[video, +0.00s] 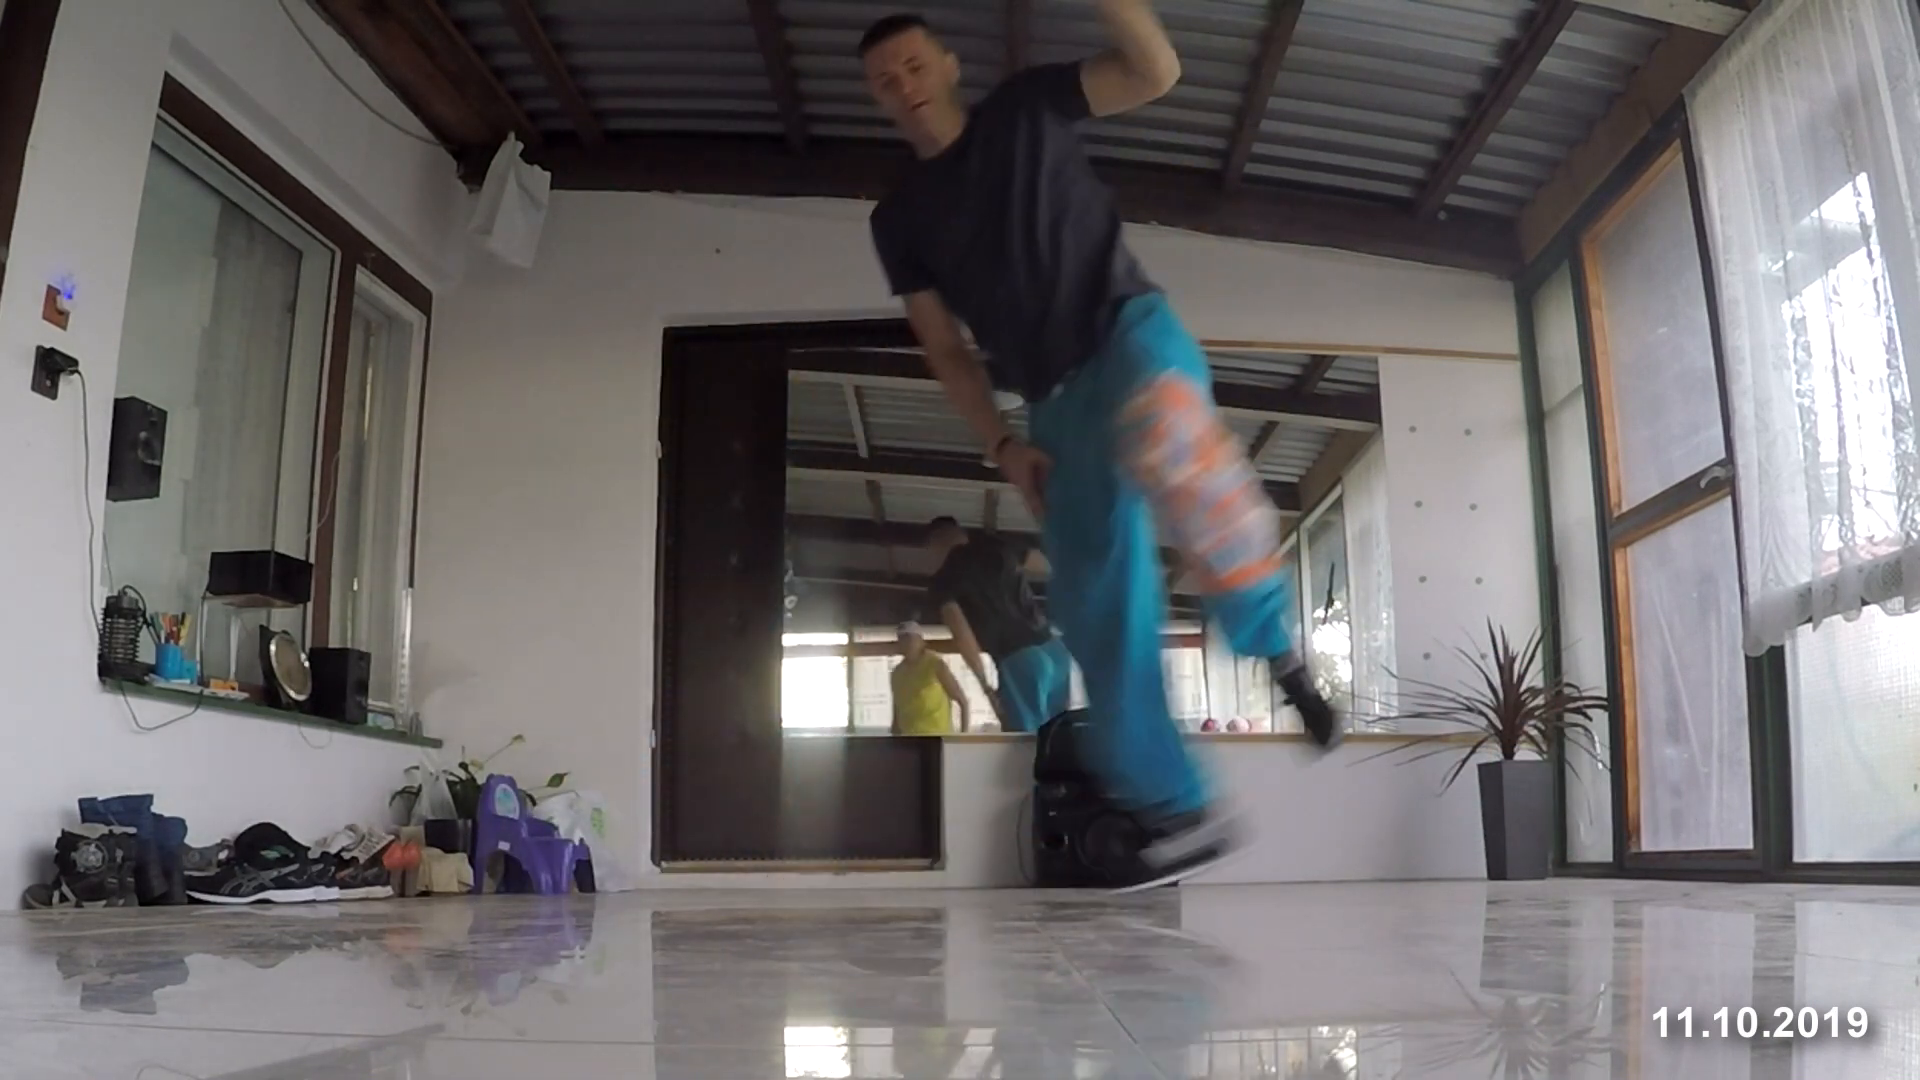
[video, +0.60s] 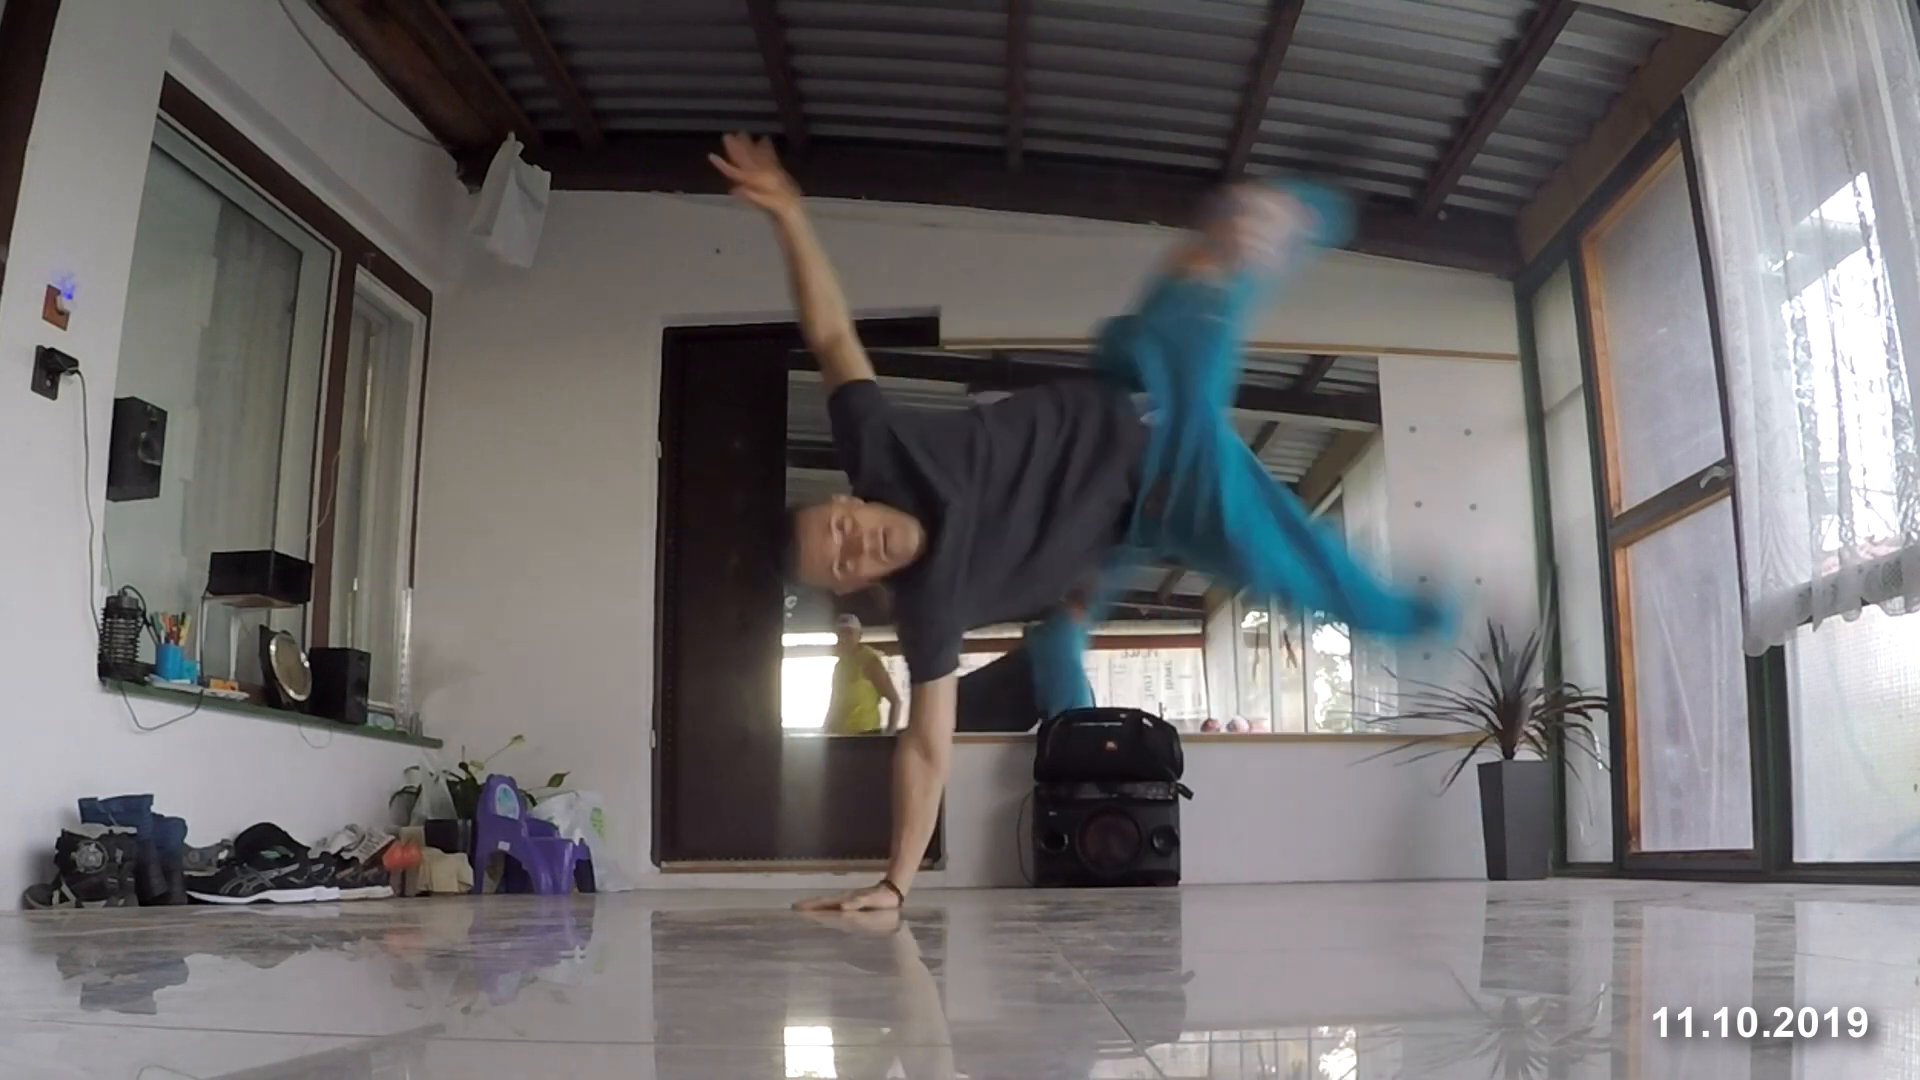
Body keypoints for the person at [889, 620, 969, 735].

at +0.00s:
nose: (907, 644)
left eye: (911, 639)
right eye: (903, 640)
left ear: (921, 641)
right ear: (899, 643)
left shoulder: (935, 664)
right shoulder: (897, 672)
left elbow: (963, 701)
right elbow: (897, 709)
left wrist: (964, 735)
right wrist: (895, 734)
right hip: (906, 737)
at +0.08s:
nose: (893, 643)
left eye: (897, 637)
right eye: (890, 638)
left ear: (909, 638)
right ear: (888, 641)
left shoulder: (924, 662)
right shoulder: (886, 670)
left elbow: (953, 699)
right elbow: (885, 707)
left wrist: (954, 733)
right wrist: (882, 734)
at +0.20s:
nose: (884, 639)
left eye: (888, 634)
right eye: (879, 635)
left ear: (899, 635)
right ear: (876, 638)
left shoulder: (911, 658)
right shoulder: (873, 667)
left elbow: (939, 697)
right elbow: (869, 708)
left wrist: (938, 734)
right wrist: (864, 739)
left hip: (914, 735)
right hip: (886, 737)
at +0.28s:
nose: (878, 638)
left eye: (882, 633)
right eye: (873, 634)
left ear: (891, 635)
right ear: (869, 637)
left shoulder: (905, 657)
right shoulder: (866, 667)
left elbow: (930, 690)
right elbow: (861, 706)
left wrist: (922, 726)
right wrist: (851, 733)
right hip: (879, 734)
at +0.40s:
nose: (864, 636)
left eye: (869, 631)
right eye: (860, 632)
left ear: (879, 634)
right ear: (856, 636)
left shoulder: (891, 656)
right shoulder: (855, 661)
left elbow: (910, 688)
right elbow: (852, 699)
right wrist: (844, 729)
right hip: (865, 729)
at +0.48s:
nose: (854, 637)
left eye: (859, 632)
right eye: (851, 633)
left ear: (870, 634)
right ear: (848, 635)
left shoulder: (883, 657)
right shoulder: (850, 662)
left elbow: (908, 697)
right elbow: (846, 698)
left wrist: (905, 728)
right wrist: (836, 726)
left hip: (882, 732)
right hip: (854, 732)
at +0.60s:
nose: (843, 638)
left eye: (848, 633)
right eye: (840, 634)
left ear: (859, 635)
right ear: (837, 635)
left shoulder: (869, 659)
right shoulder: (840, 663)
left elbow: (895, 701)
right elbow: (834, 704)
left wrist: (889, 734)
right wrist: (825, 731)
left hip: (864, 735)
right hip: (838, 735)